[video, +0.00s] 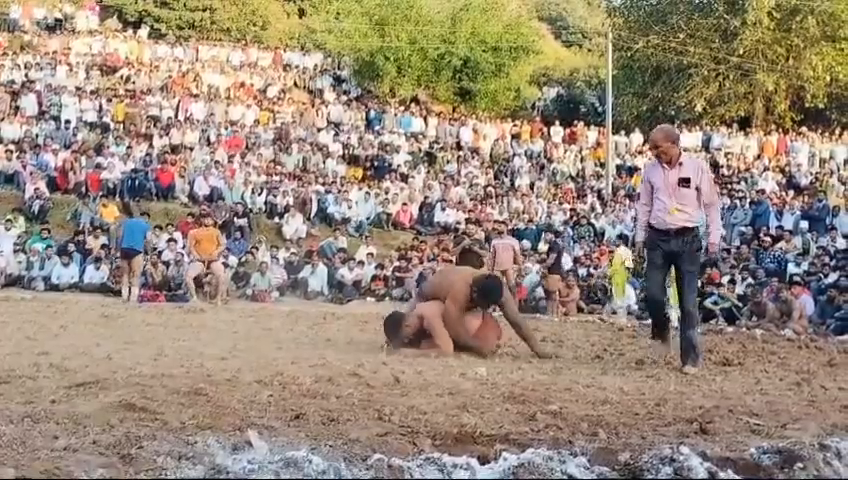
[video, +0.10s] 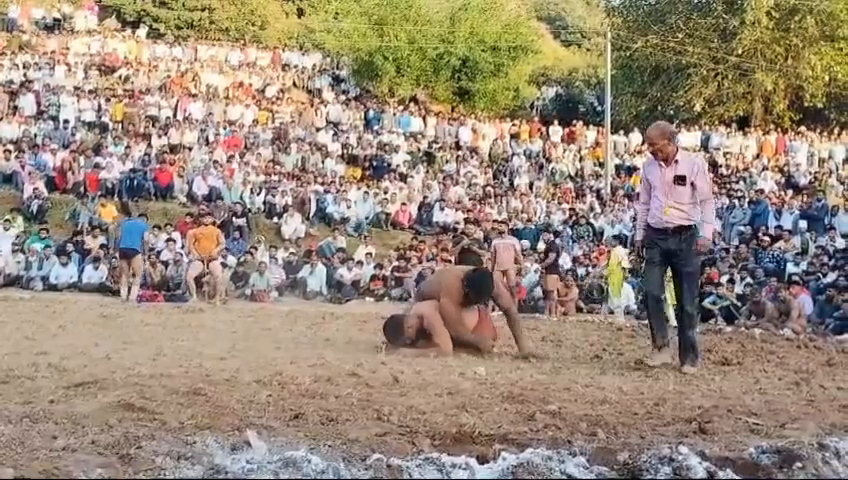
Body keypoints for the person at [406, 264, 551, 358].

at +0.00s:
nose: (485, 308)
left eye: (489, 305)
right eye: (483, 304)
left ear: (498, 293)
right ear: (474, 292)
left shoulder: (496, 285)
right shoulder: (459, 290)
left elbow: (515, 319)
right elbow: (453, 332)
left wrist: (537, 349)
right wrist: (478, 348)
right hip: (427, 294)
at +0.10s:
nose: (477, 302)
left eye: (482, 300)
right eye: (474, 299)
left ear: (490, 287)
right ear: (466, 287)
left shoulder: (490, 279)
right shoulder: (450, 285)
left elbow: (511, 311)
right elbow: (453, 329)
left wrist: (523, 347)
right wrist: (478, 341)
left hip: (459, 303)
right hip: (426, 301)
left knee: (484, 340)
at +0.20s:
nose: (470, 300)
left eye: (475, 297)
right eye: (468, 296)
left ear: (485, 284)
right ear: (461, 284)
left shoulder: (483, 278)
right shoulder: (447, 284)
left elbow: (503, 299)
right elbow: (456, 330)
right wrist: (477, 338)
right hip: (418, 290)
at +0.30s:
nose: (470, 295)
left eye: (475, 293)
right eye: (468, 292)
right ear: (460, 281)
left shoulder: (481, 271)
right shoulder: (446, 280)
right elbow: (456, 328)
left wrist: (490, 325)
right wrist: (477, 334)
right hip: (410, 289)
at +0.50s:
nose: (475, 299)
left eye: (478, 296)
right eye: (475, 295)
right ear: (467, 289)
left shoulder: (468, 265)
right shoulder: (447, 289)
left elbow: (472, 296)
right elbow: (454, 330)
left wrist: (476, 318)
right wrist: (470, 327)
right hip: (393, 279)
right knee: (391, 329)